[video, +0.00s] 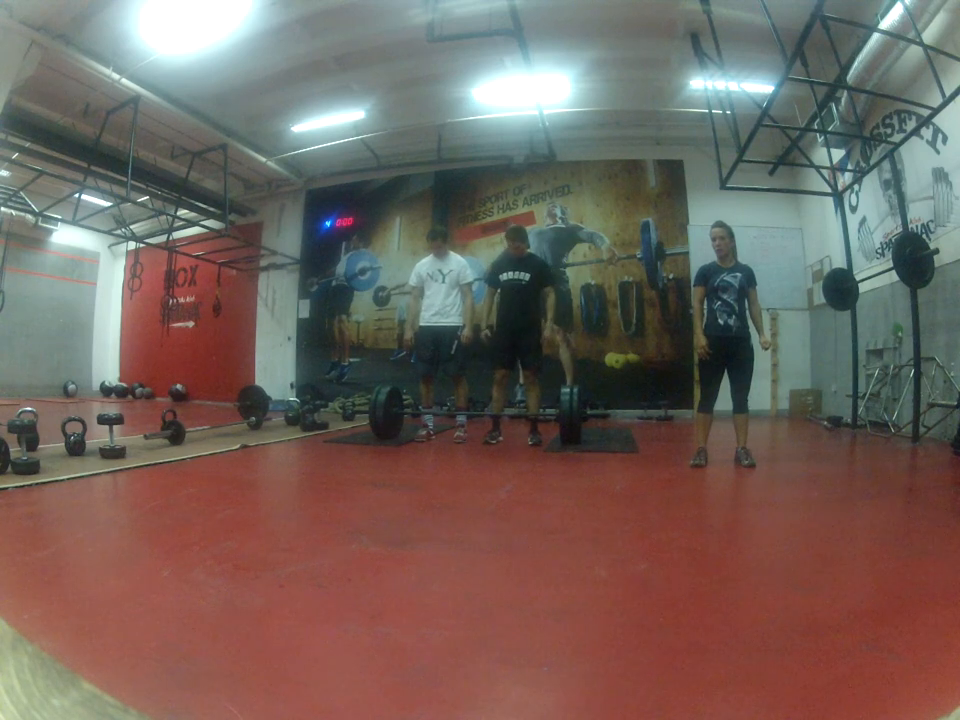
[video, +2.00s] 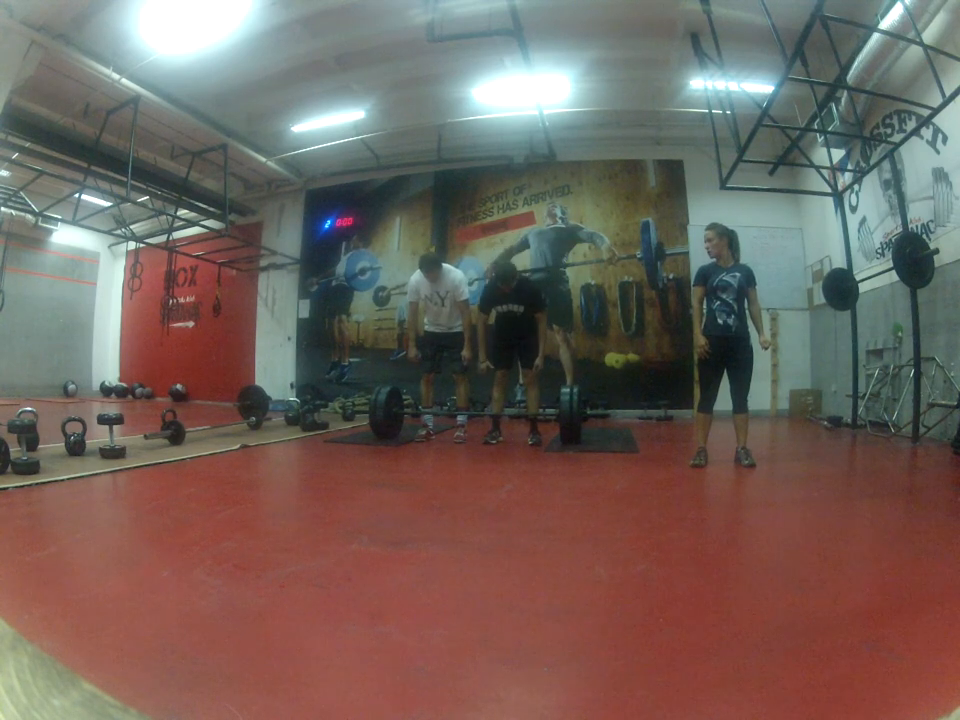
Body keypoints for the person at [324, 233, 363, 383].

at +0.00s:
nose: (352, 243)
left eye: (355, 241)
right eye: (352, 240)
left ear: (361, 243)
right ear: (353, 242)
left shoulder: (360, 257)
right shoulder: (347, 256)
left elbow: (363, 275)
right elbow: (336, 273)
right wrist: (319, 280)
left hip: (346, 288)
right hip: (335, 288)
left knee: (342, 323)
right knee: (334, 325)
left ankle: (345, 362)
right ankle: (335, 361)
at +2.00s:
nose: (353, 243)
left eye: (356, 241)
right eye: (353, 240)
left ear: (360, 243)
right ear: (354, 242)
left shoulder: (360, 256)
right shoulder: (348, 256)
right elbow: (336, 272)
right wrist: (318, 279)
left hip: (346, 288)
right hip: (335, 288)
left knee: (342, 324)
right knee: (334, 324)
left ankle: (345, 362)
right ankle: (335, 361)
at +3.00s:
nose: (353, 243)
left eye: (356, 241)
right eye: (353, 241)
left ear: (361, 243)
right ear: (353, 242)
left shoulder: (360, 256)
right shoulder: (347, 256)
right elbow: (336, 272)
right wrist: (318, 279)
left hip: (346, 288)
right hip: (335, 288)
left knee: (342, 324)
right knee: (333, 325)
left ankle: (345, 363)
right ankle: (335, 361)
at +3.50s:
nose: (353, 243)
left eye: (356, 240)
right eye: (353, 240)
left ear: (361, 242)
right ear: (353, 242)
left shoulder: (360, 256)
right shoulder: (348, 256)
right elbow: (336, 272)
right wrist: (318, 279)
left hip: (346, 289)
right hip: (335, 288)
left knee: (342, 325)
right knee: (334, 326)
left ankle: (345, 363)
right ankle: (336, 361)